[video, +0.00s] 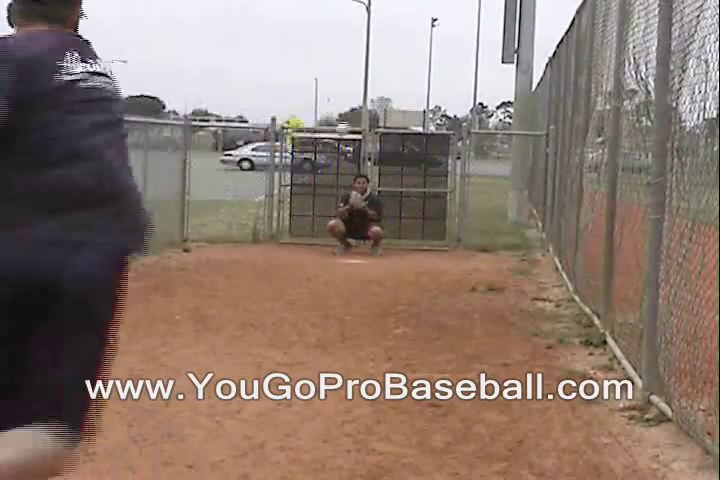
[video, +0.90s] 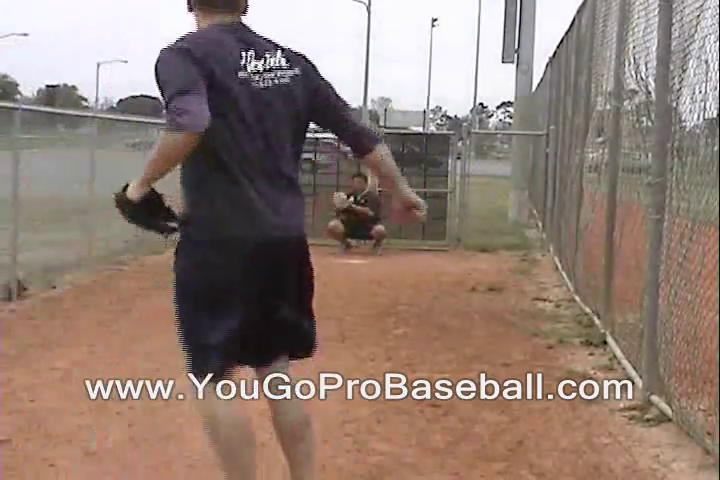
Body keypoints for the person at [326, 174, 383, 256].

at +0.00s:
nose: (361, 186)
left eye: (364, 183)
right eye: (358, 183)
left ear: (367, 185)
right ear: (354, 185)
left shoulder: (373, 199)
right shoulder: (346, 197)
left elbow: (378, 217)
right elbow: (338, 213)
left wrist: (364, 208)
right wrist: (350, 206)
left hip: (365, 227)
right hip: (349, 226)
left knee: (376, 231)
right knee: (332, 225)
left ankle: (376, 245)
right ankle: (346, 244)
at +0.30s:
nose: (358, 187)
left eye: (361, 185)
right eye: (356, 184)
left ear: (365, 187)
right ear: (352, 186)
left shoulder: (371, 197)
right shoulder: (347, 198)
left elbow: (373, 207)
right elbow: (338, 214)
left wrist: (359, 201)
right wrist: (348, 211)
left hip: (366, 227)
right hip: (350, 227)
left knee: (379, 229)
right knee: (333, 225)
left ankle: (376, 246)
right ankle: (346, 244)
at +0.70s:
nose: (356, 188)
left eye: (359, 185)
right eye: (354, 185)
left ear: (364, 186)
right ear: (351, 187)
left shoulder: (371, 198)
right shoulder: (347, 199)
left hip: (367, 229)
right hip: (350, 227)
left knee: (378, 230)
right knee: (332, 225)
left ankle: (377, 244)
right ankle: (346, 244)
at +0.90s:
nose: (357, 185)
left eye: (360, 182)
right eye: (355, 182)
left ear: (365, 184)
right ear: (352, 183)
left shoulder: (372, 196)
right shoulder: (349, 196)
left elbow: (371, 212)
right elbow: (338, 214)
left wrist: (351, 207)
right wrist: (340, 206)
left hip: (366, 225)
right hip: (350, 224)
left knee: (380, 230)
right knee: (332, 227)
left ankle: (377, 245)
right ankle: (346, 244)